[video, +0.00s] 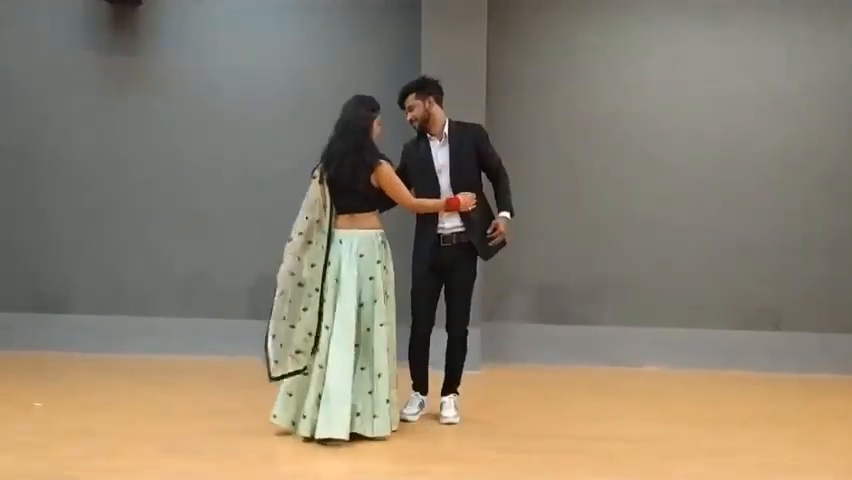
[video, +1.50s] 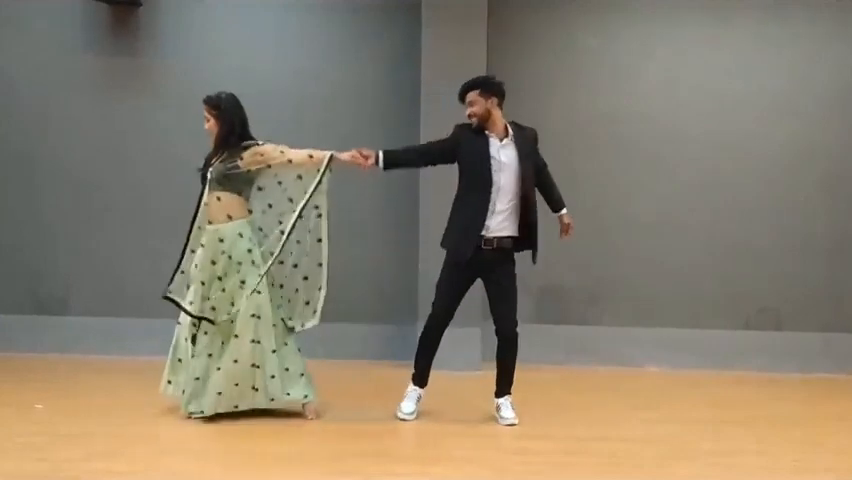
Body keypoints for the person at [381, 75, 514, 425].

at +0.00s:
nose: (408, 116)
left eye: (412, 108)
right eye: (406, 111)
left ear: (432, 102)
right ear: (416, 110)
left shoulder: (472, 135)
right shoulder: (413, 148)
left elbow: (498, 174)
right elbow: (395, 192)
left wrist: (505, 214)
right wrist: (360, 208)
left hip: (464, 243)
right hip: (428, 243)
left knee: (457, 325)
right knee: (421, 322)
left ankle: (450, 396)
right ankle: (419, 394)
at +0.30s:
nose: (398, 116)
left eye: (401, 108)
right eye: (396, 111)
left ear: (420, 103)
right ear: (413, 107)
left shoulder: (460, 133)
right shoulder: (406, 150)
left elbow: (488, 173)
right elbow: (402, 194)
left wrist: (490, 216)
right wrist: (379, 210)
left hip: (453, 241)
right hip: (418, 243)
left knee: (451, 325)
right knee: (418, 324)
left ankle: (449, 396)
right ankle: (418, 395)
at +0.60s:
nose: (387, 117)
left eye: (391, 109)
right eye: (386, 111)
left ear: (409, 104)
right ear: (405, 108)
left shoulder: (448, 130)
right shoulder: (402, 151)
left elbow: (478, 169)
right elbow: (412, 198)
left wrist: (475, 210)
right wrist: (383, 208)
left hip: (445, 240)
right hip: (413, 242)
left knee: (448, 322)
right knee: (415, 323)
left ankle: (452, 395)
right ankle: (418, 395)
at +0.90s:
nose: (390, 119)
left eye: (393, 111)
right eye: (389, 113)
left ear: (412, 107)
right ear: (407, 111)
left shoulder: (449, 130)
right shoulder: (407, 154)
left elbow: (482, 163)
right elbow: (418, 202)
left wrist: (482, 204)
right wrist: (394, 212)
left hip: (457, 242)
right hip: (424, 246)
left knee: (470, 323)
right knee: (418, 325)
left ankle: (483, 394)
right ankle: (419, 396)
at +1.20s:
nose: (423, 128)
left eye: (427, 120)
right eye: (421, 123)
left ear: (448, 116)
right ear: (438, 121)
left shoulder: (488, 142)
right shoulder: (433, 166)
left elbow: (518, 174)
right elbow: (417, 213)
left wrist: (539, 215)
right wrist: (381, 219)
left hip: (486, 255)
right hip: (448, 258)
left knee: (501, 333)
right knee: (428, 326)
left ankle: (502, 399)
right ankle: (419, 397)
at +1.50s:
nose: (469, 111)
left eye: (473, 104)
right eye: (466, 106)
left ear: (494, 102)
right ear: (474, 107)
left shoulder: (525, 139)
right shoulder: (465, 139)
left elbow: (541, 175)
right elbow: (425, 153)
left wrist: (561, 211)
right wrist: (379, 158)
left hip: (503, 251)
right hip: (465, 247)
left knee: (508, 330)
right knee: (439, 318)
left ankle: (503, 399)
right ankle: (415, 389)